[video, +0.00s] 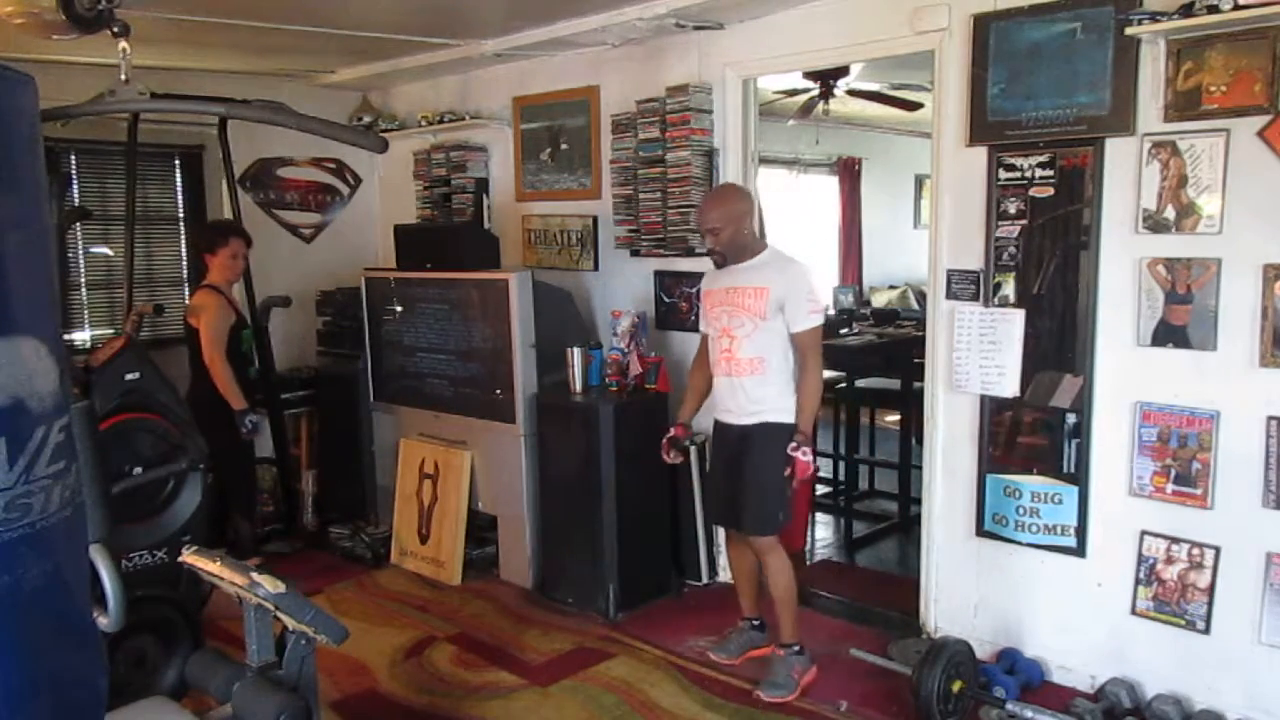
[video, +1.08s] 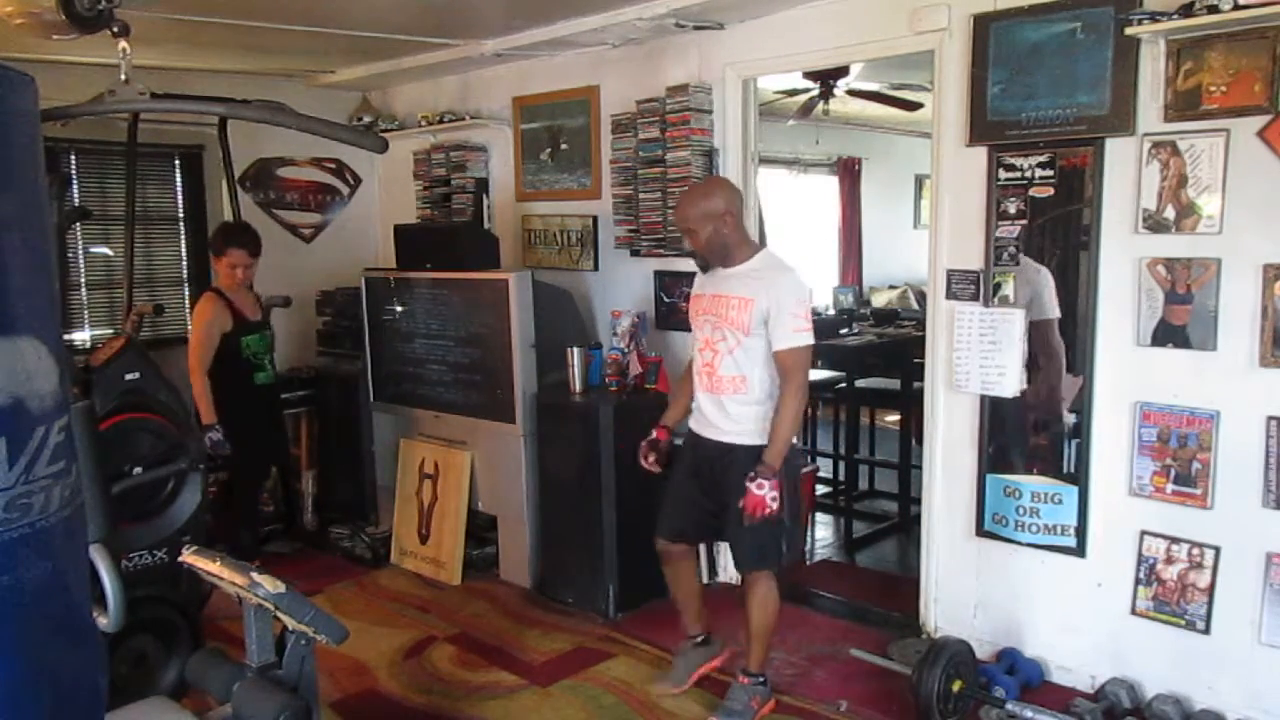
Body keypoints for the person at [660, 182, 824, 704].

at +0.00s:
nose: (708, 241)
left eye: (715, 231)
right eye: (703, 232)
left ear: (747, 222)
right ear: (707, 228)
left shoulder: (789, 276)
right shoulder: (712, 283)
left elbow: (811, 361)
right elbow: (705, 360)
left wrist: (803, 436)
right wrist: (681, 422)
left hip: (774, 425)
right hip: (726, 424)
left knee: (764, 536)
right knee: (735, 531)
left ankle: (792, 651)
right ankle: (750, 626)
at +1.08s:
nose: (686, 244)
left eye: (690, 233)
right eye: (683, 234)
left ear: (726, 221)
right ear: (718, 225)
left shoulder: (782, 285)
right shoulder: (705, 281)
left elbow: (797, 383)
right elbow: (700, 364)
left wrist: (770, 467)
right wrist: (664, 427)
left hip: (754, 452)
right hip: (700, 444)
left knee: (757, 569)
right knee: (672, 545)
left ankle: (756, 678)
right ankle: (697, 641)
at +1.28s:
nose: (672, 253)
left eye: (677, 241)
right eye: (666, 243)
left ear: (713, 226)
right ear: (683, 234)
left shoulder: (770, 285)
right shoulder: (687, 285)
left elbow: (787, 387)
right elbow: (696, 370)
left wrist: (748, 457)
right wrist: (685, 435)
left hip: (753, 454)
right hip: (692, 448)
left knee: (755, 575)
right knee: (660, 554)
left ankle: (755, 682)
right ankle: (629, 675)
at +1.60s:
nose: (615, 265)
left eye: (621, 252)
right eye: (609, 254)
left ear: (657, 238)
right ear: (645, 243)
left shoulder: (722, 290)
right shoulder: (626, 303)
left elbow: (768, 379)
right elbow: (635, 382)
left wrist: (752, 467)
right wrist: (640, 441)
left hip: (719, 472)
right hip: (653, 469)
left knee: (732, 589)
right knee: (636, 584)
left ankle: (750, 681)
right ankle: (622, 702)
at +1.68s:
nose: (596, 273)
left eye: (603, 259)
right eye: (589, 262)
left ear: (641, 242)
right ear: (588, 255)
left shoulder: (705, 288)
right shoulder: (604, 305)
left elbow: (755, 371)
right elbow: (614, 389)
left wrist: (739, 463)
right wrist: (619, 468)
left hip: (706, 471)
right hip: (640, 470)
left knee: (710, 594)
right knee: (623, 585)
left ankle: (745, 675)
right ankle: (620, 705)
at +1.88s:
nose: (562, 311)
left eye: (567, 299)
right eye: (554, 301)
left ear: (600, 273)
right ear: (553, 288)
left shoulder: (678, 304)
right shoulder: (565, 326)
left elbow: (722, 393)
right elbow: (576, 402)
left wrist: (682, 477)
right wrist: (580, 487)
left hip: (700, 459)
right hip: (629, 460)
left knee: (689, 587)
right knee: (618, 587)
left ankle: (718, 711)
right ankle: (620, 706)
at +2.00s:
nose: (549, 363)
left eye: (555, 351)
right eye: (542, 354)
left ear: (586, 320)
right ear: (531, 338)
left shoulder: (661, 343)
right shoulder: (552, 363)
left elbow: (705, 436)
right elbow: (565, 434)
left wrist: (653, 516)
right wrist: (569, 523)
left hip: (703, 469)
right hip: (633, 468)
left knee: (696, 600)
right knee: (614, 588)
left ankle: (709, 716)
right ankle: (619, 705)